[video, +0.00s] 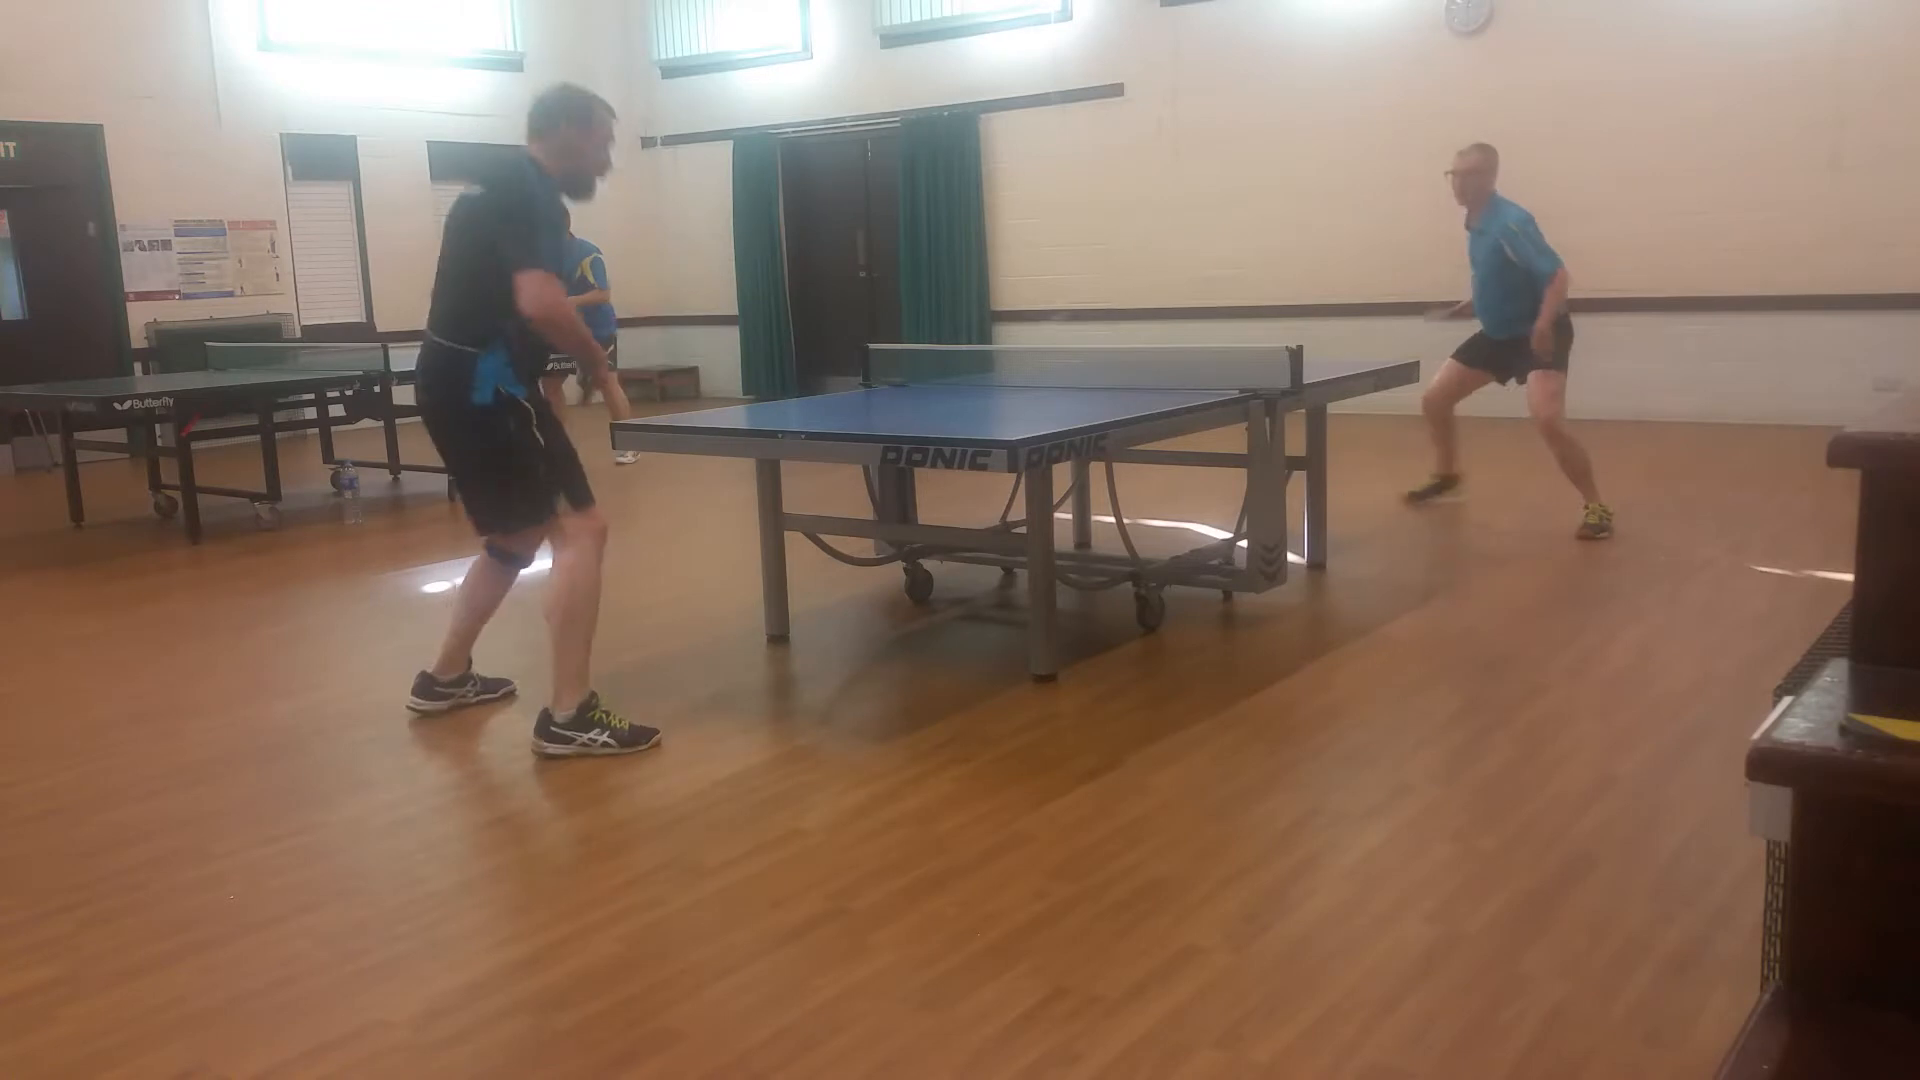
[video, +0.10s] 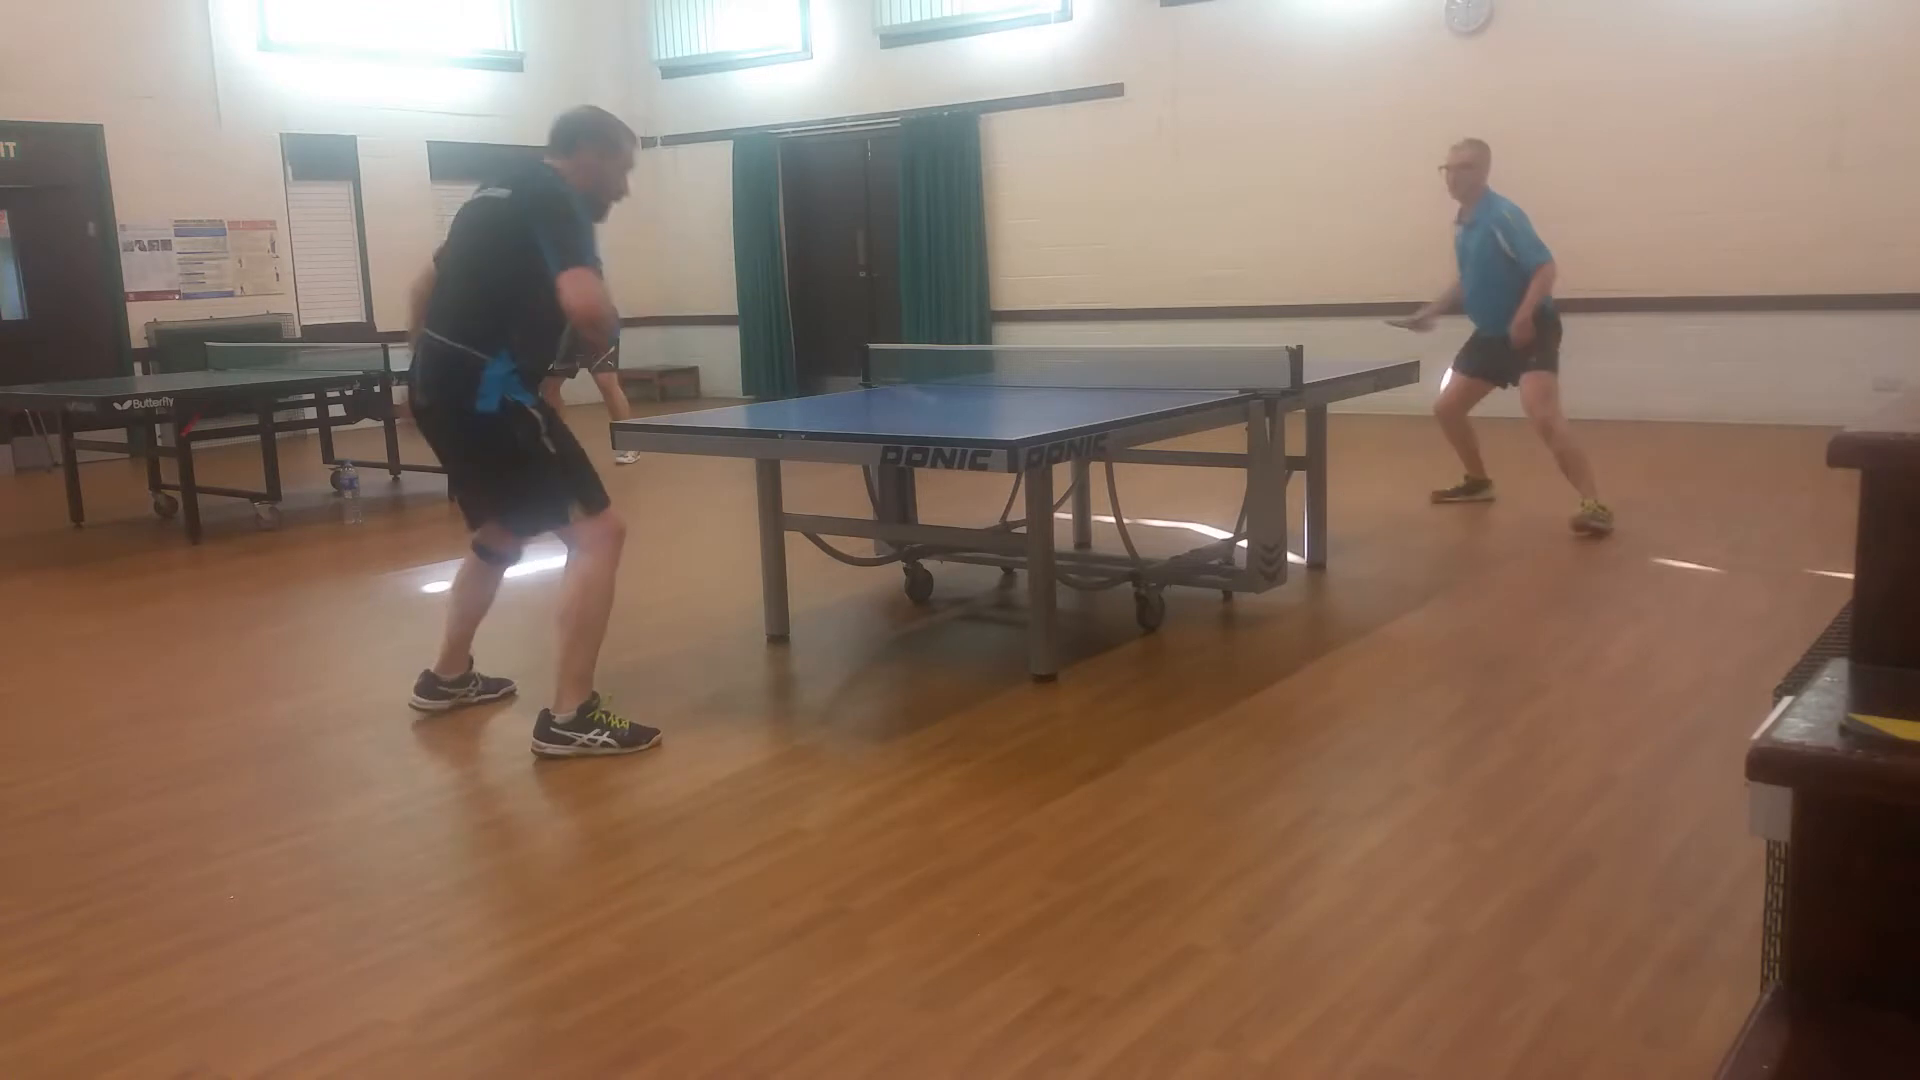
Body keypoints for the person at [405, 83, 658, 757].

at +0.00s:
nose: (609, 159)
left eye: (610, 145)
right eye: (602, 144)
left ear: (552, 137)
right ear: (565, 136)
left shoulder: (502, 184)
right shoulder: (529, 192)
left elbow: (492, 304)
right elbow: (539, 301)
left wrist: (541, 376)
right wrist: (601, 366)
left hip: (455, 376)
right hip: (487, 381)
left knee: (513, 539)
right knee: (582, 530)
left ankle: (444, 676)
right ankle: (569, 712)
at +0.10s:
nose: (626, 186)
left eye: (629, 172)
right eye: (624, 169)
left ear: (561, 155)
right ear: (587, 157)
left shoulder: (497, 193)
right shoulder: (557, 198)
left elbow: (425, 286)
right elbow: (584, 302)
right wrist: (602, 343)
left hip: (442, 388)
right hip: (492, 393)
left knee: (498, 534)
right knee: (598, 533)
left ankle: (447, 673)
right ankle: (570, 712)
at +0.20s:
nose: (636, 191)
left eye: (640, 177)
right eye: (635, 175)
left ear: (570, 158)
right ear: (600, 163)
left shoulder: (493, 197)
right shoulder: (583, 202)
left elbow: (396, 258)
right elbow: (615, 293)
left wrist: (365, 353)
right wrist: (611, 323)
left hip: (424, 384)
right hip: (493, 386)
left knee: (480, 521)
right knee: (596, 531)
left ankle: (457, 666)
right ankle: (570, 712)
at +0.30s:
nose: (633, 196)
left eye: (637, 184)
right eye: (632, 181)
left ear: (566, 160)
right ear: (603, 167)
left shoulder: (484, 191)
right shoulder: (597, 212)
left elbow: (368, 238)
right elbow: (662, 310)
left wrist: (312, 322)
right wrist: (678, 351)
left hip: (408, 382)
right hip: (484, 388)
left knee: (472, 520)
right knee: (589, 533)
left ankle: (452, 669)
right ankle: (570, 713)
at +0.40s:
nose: (620, 185)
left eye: (623, 172)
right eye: (618, 170)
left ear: (549, 148)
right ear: (591, 159)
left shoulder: (467, 177)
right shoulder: (588, 219)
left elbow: (341, 219)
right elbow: (647, 324)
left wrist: (275, 300)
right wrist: (673, 419)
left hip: (399, 385)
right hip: (482, 395)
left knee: (455, 532)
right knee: (576, 533)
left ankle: (421, 683)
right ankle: (569, 713)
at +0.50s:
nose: (595, 159)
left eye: (597, 146)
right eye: (593, 144)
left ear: (523, 128)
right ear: (568, 137)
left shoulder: (442, 162)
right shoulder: (560, 204)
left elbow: (322, 210)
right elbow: (567, 299)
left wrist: (248, 293)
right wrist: (583, 399)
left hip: (390, 382)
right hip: (475, 386)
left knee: (432, 537)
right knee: (561, 535)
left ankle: (371, 696)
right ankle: (569, 712)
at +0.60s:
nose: (558, 131)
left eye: (558, 115)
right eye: (554, 115)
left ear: (483, 105)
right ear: (530, 112)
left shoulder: (401, 155)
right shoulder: (515, 170)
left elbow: (306, 225)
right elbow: (485, 257)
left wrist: (240, 314)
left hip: (372, 384)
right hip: (461, 383)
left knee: (408, 541)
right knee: (547, 535)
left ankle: (324, 712)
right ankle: (569, 712)